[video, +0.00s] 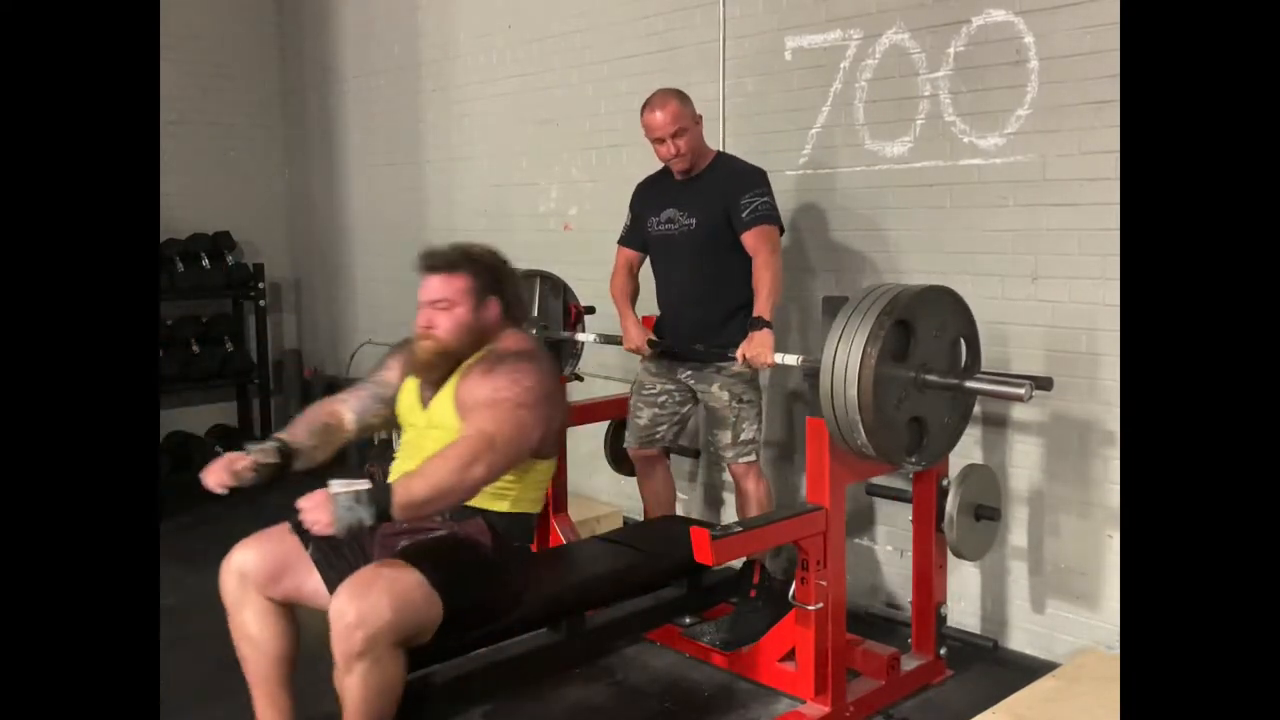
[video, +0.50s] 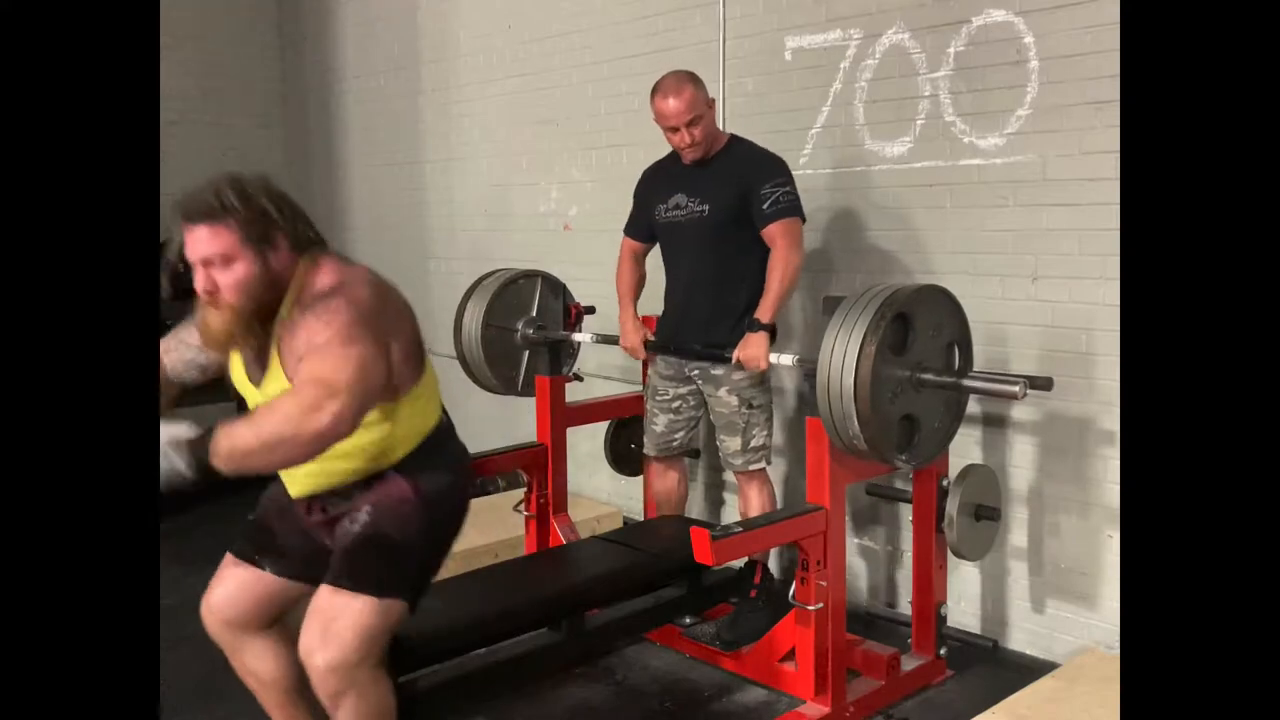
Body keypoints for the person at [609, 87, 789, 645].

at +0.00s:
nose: (671, 148)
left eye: (679, 134)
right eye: (660, 140)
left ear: (699, 124)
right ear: (649, 141)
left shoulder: (742, 180)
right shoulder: (649, 194)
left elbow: (767, 253)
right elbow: (624, 269)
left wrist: (763, 324)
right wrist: (628, 319)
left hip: (730, 357)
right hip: (667, 355)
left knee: (743, 466)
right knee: (645, 452)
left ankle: (766, 580)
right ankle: (665, 561)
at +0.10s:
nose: (673, 146)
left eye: (681, 133)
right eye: (662, 139)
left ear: (702, 123)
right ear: (651, 139)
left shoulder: (744, 180)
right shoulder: (650, 192)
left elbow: (771, 254)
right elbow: (625, 268)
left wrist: (764, 323)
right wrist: (631, 318)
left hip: (730, 358)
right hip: (666, 356)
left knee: (744, 463)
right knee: (646, 452)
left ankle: (766, 582)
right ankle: (664, 563)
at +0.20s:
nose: (676, 143)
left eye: (684, 129)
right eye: (664, 135)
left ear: (704, 119)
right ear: (652, 134)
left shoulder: (747, 176)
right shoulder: (649, 189)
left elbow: (776, 255)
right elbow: (628, 265)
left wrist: (765, 324)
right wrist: (634, 317)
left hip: (730, 357)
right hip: (666, 356)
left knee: (745, 465)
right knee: (648, 454)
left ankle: (762, 587)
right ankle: (662, 573)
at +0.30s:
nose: (677, 139)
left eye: (685, 125)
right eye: (665, 131)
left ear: (705, 113)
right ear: (652, 128)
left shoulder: (752, 172)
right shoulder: (651, 184)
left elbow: (782, 252)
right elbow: (631, 261)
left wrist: (766, 325)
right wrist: (636, 316)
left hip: (733, 355)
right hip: (668, 354)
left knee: (745, 465)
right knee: (655, 456)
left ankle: (761, 587)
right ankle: (661, 576)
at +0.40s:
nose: (679, 137)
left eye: (687, 122)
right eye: (667, 128)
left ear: (707, 109)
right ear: (655, 125)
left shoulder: (757, 169)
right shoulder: (653, 181)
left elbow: (789, 248)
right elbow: (635, 255)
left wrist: (764, 321)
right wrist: (634, 313)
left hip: (734, 356)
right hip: (669, 354)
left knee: (748, 468)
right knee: (660, 460)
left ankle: (761, 588)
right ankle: (663, 579)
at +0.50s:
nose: (683, 138)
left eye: (691, 123)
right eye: (671, 129)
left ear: (712, 108)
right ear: (658, 124)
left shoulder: (761, 169)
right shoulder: (657, 180)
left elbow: (789, 249)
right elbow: (632, 253)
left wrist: (762, 326)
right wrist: (628, 314)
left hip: (735, 355)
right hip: (670, 354)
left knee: (748, 469)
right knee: (661, 460)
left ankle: (760, 588)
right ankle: (663, 577)